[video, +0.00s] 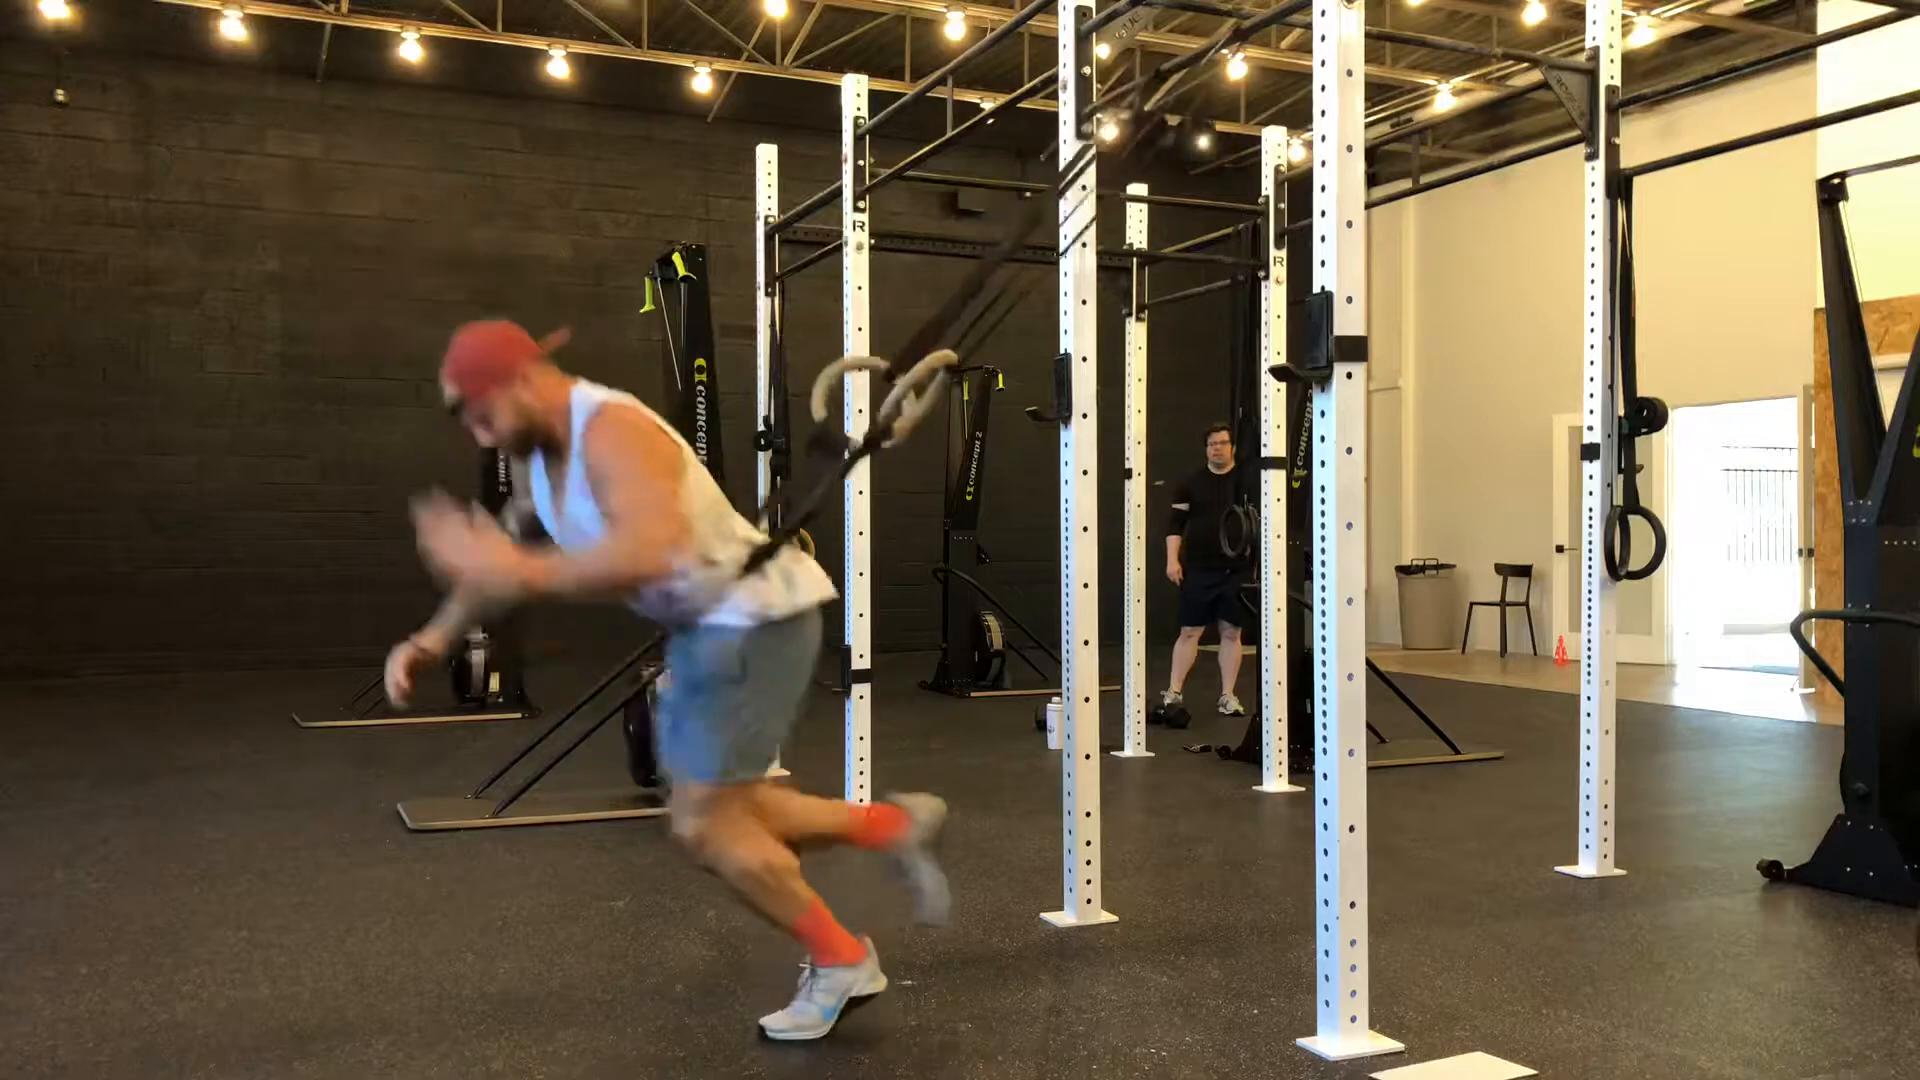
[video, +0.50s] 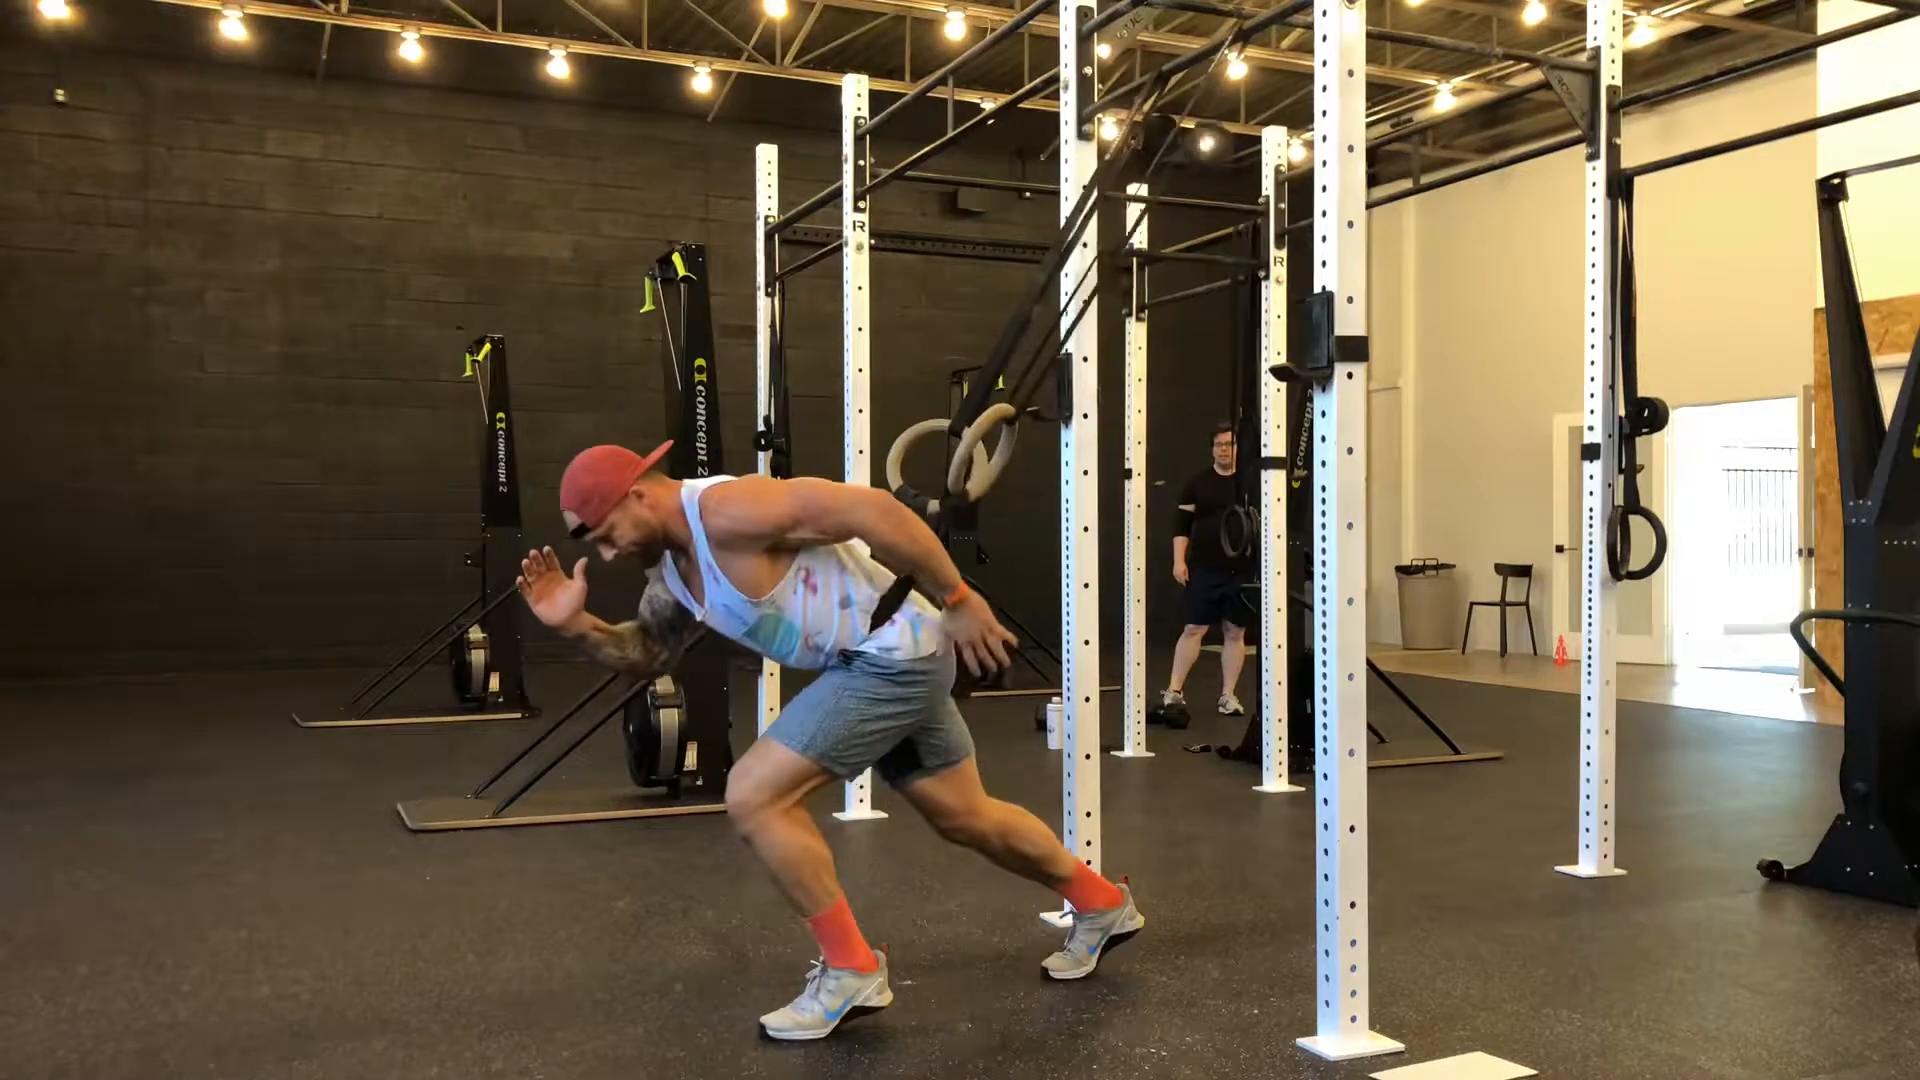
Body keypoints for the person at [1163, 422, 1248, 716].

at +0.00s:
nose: (1217, 449)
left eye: (1223, 443)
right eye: (1213, 444)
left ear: (1233, 447)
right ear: (1205, 449)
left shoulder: (1246, 480)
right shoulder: (1192, 482)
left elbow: (1261, 521)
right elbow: (1175, 523)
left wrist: (1259, 561)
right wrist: (1172, 559)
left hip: (1235, 569)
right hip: (1197, 568)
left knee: (1231, 632)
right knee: (1190, 631)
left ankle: (1228, 696)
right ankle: (1174, 692)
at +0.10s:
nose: (1219, 449)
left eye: (1224, 444)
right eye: (1215, 445)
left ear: (1234, 447)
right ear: (1207, 448)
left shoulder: (1246, 481)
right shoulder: (1193, 482)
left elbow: (1261, 521)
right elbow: (1177, 523)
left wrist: (1260, 562)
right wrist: (1174, 560)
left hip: (1236, 569)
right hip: (1199, 568)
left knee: (1232, 632)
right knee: (1190, 630)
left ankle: (1228, 696)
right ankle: (1174, 691)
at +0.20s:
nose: (1222, 449)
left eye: (1227, 444)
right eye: (1217, 444)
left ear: (1236, 447)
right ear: (1209, 449)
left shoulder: (1247, 481)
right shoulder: (1195, 482)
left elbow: (1262, 521)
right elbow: (1179, 523)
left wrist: (1261, 563)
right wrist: (1176, 561)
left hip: (1237, 569)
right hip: (1201, 568)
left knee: (1233, 632)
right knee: (1191, 630)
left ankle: (1228, 696)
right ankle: (1173, 691)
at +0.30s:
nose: (1224, 449)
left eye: (1228, 444)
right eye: (1219, 445)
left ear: (1237, 447)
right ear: (1210, 448)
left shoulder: (1248, 482)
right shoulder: (1197, 481)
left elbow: (1262, 522)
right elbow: (1181, 523)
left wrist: (1261, 564)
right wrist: (1177, 561)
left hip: (1238, 569)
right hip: (1202, 568)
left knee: (1234, 632)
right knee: (1192, 629)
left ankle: (1228, 696)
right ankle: (1173, 691)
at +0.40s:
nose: (1224, 449)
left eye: (1228, 444)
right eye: (1219, 445)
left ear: (1237, 447)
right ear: (1211, 448)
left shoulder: (1248, 481)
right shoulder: (1197, 481)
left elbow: (1263, 522)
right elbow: (1181, 523)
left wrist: (1262, 565)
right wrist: (1178, 561)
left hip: (1238, 569)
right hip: (1202, 568)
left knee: (1234, 632)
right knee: (1193, 630)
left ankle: (1228, 696)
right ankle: (1173, 691)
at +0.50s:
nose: (1223, 449)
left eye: (1228, 444)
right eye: (1219, 445)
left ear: (1238, 448)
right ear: (1211, 449)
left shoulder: (1249, 483)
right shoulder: (1198, 483)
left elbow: (1265, 522)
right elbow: (1182, 524)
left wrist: (1264, 563)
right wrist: (1179, 561)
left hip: (1240, 570)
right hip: (1203, 568)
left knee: (1235, 632)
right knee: (1194, 629)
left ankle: (1228, 695)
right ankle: (1174, 691)